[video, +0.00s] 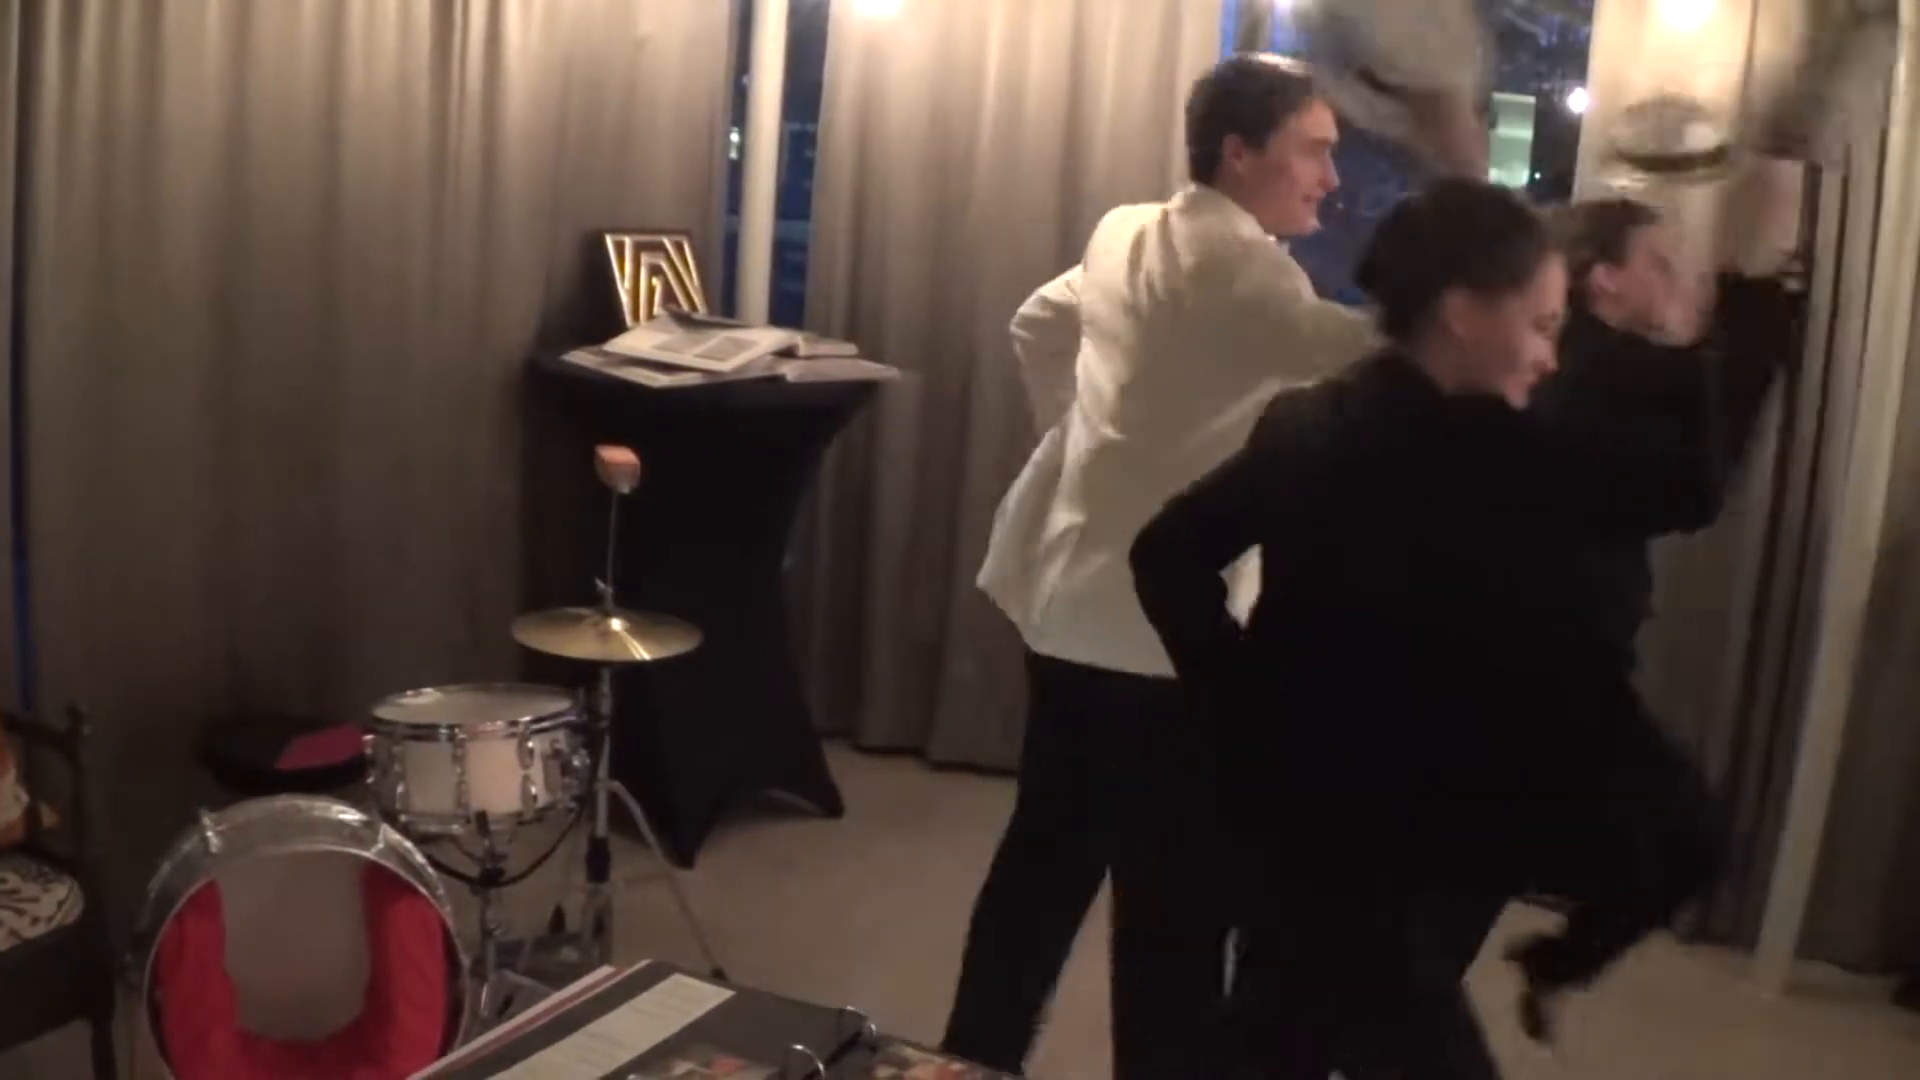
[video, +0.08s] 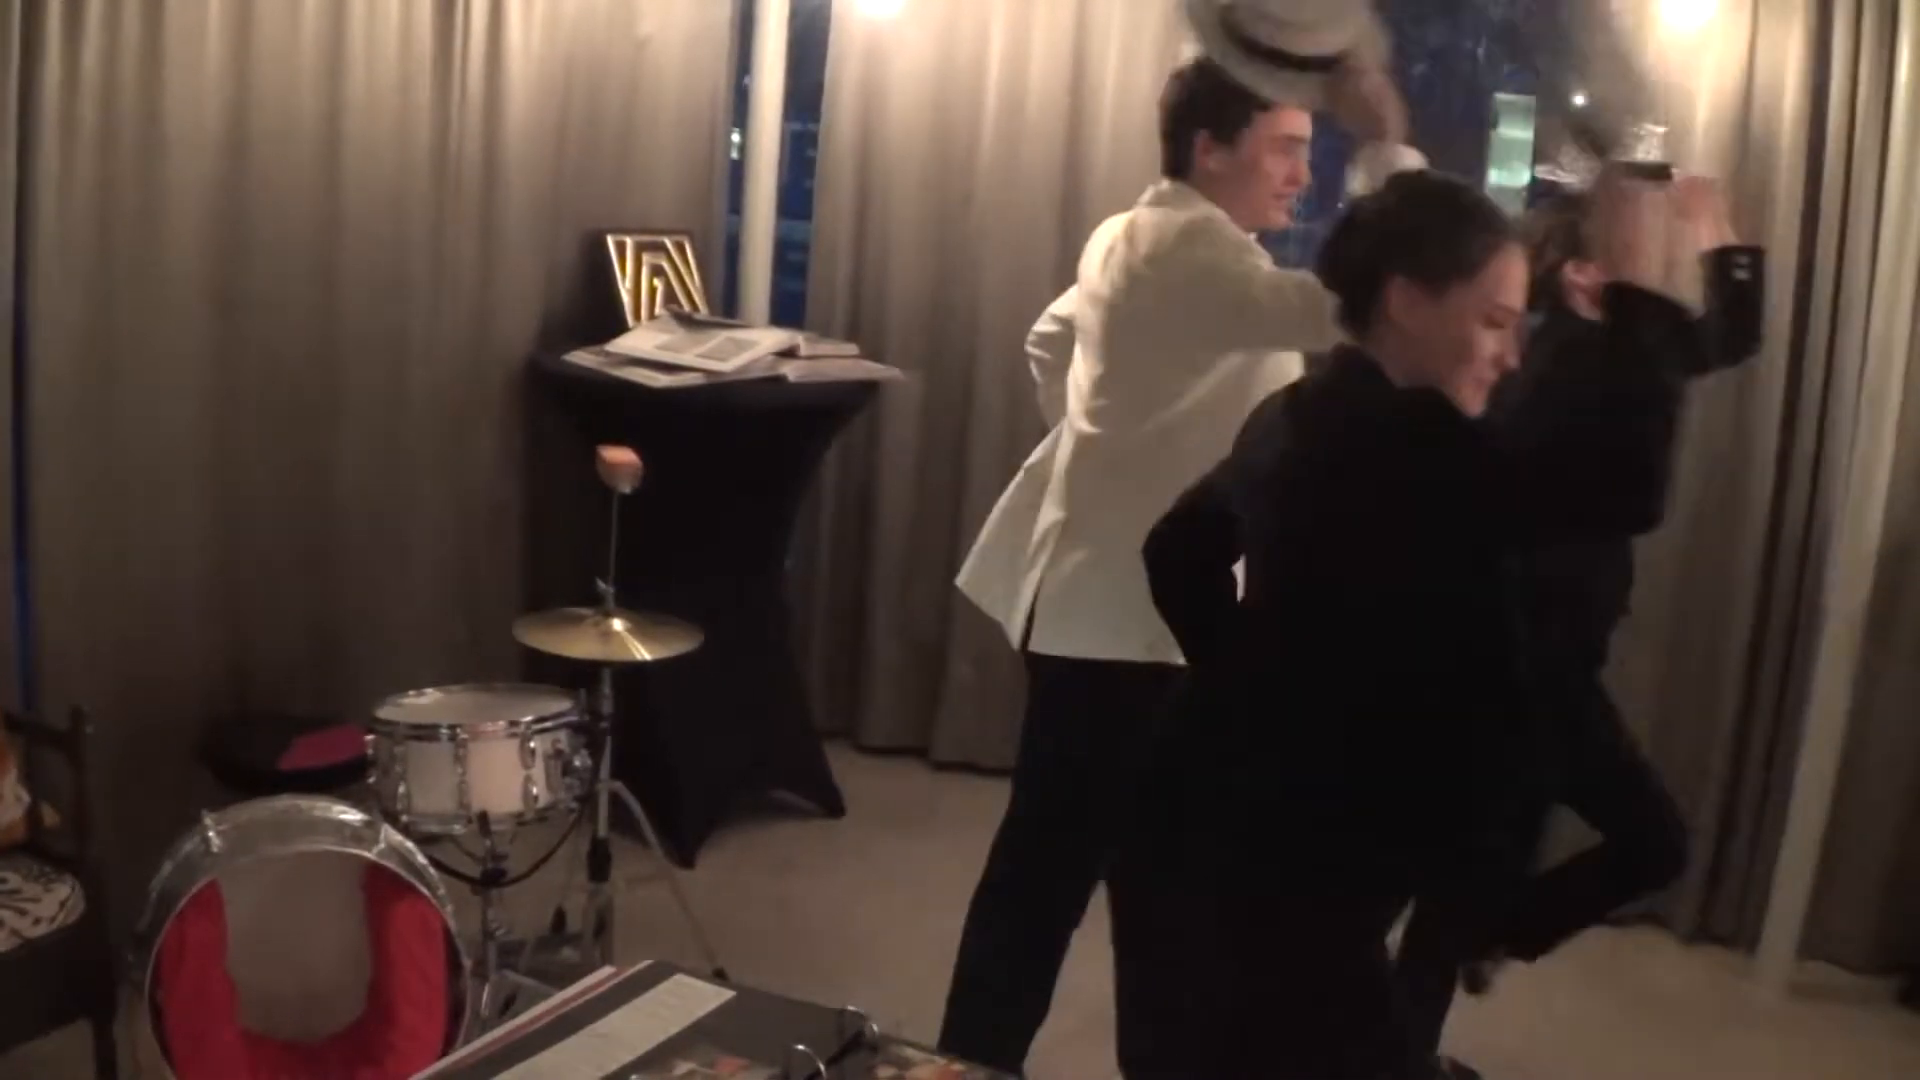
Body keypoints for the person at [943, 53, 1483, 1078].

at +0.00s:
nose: (1331, 178)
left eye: (1331, 154)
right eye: (1314, 153)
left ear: (1228, 157)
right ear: (1239, 154)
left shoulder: (1128, 235)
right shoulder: (1252, 284)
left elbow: (1036, 326)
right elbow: (1399, 347)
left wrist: (1082, 442)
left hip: (1060, 599)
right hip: (1150, 631)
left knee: (1048, 848)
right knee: (1177, 897)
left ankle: (977, 1057)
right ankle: (1167, 1072)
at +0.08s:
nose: (1301, 173)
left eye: (1305, 151)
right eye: (1285, 147)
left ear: (1209, 150)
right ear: (1212, 147)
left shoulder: (1123, 237)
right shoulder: (1204, 254)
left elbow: (1050, 338)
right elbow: (1370, 305)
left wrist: (1088, 450)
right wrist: (1387, 144)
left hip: (1075, 601)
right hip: (1129, 621)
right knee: (1050, 862)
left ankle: (977, 1055)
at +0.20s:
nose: (1257, 171)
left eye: (1261, 150)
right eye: (1238, 147)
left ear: (1175, 151)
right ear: (1164, 150)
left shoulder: (1167, 244)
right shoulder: (1137, 246)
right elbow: (1289, 293)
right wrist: (1310, 170)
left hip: (1130, 609)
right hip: (1101, 617)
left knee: (1181, 857)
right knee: (1040, 866)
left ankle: (1114, 1032)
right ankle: (972, 1057)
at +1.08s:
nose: (1132, 153)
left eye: (1136, 133)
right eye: (1112, 132)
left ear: (1063, 140)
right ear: (1044, 133)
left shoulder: (1066, 232)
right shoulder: (1040, 251)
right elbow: (1173, 340)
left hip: (1048, 604)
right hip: (1042, 620)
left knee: (1037, 866)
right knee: (1043, 876)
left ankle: (984, 1051)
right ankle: (981, 1054)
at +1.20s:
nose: (1126, 154)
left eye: (1132, 133)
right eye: (1106, 132)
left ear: (1117, 139)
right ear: (1042, 134)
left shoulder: (1083, 251)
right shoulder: (1015, 264)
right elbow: (1108, 403)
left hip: (1075, 608)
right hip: (1035, 624)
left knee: (1056, 878)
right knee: (1034, 878)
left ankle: (988, 1050)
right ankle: (977, 1054)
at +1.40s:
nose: (1122, 160)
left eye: (1132, 140)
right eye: (1104, 138)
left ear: (1128, 143)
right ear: (1041, 133)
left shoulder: (1092, 263)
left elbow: (1105, 444)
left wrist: (1135, 591)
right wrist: (1062, 644)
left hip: (1079, 615)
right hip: (1026, 632)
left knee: (1026, 845)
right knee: (1047, 849)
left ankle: (966, 1045)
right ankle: (1074, 1042)